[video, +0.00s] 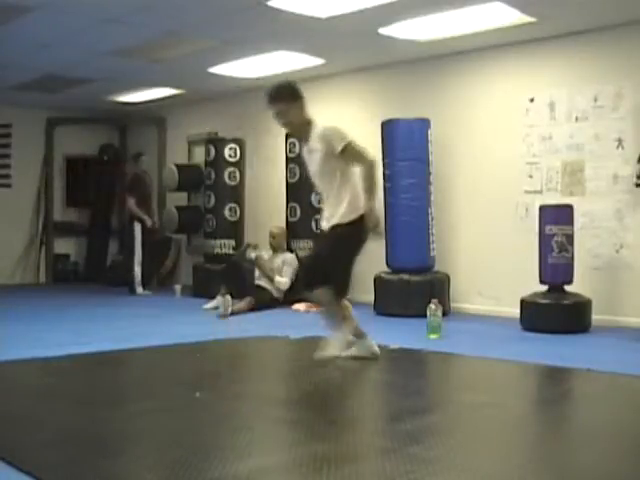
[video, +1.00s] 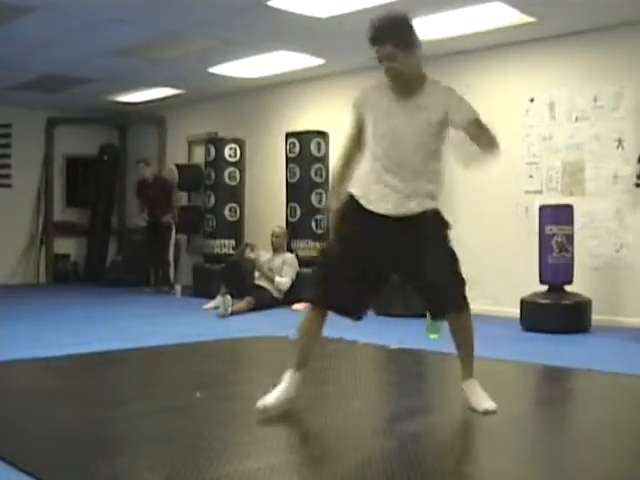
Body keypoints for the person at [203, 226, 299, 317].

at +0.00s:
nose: (271, 241)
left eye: (274, 238)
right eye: (270, 237)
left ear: (283, 239)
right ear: (269, 238)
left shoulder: (290, 258)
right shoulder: (264, 255)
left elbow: (284, 285)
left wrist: (264, 270)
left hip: (271, 294)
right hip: (256, 288)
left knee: (250, 301)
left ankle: (231, 310)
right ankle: (221, 299)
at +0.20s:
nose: (270, 241)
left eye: (273, 238)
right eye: (270, 237)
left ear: (282, 239)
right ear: (268, 238)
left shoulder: (289, 258)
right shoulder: (264, 255)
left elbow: (284, 285)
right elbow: (247, 257)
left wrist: (263, 269)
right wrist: (247, 249)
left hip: (271, 293)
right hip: (255, 287)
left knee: (250, 301)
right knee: (233, 266)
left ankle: (230, 310)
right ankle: (221, 298)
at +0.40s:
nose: (270, 241)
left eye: (273, 238)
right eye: (269, 237)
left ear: (283, 240)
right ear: (268, 238)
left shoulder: (289, 258)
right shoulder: (264, 254)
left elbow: (284, 285)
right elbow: (247, 259)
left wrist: (264, 270)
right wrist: (247, 249)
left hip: (271, 293)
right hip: (254, 287)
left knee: (250, 301)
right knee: (234, 266)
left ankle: (231, 310)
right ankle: (220, 298)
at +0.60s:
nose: (270, 241)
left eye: (273, 238)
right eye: (269, 237)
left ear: (283, 240)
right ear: (268, 238)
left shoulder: (289, 258)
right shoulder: (264, 254)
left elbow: (284, 285)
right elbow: (247, 258)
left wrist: (263, 270)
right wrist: (247, 249)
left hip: (271, 293)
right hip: (254, 287)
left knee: (250, 301)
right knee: (233, 266)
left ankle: (231, 310)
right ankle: (221, 298)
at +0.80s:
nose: (271, 240)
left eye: (275, 237)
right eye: (270, 237)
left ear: (284, 239)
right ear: (269, 238)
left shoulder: (289, 258)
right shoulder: (264, 254)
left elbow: (284, 285)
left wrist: (264, 270)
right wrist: (247, 250)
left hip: (271, 293)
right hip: (255, 286)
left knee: (250, 301)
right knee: (234, 266)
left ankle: (230, 310)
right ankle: (220, 298)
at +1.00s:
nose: (273, 240)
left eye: (277, 237)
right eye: (272, 237)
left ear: (285, 239)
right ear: (270, 238)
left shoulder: (290, 258)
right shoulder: (264, 255)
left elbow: (284, 285)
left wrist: (263, 270)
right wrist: (246, 250)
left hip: (270, 293)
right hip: (254, 286)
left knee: (250, 301)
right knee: (233, 266)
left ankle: (230, 310)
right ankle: (220, 298)